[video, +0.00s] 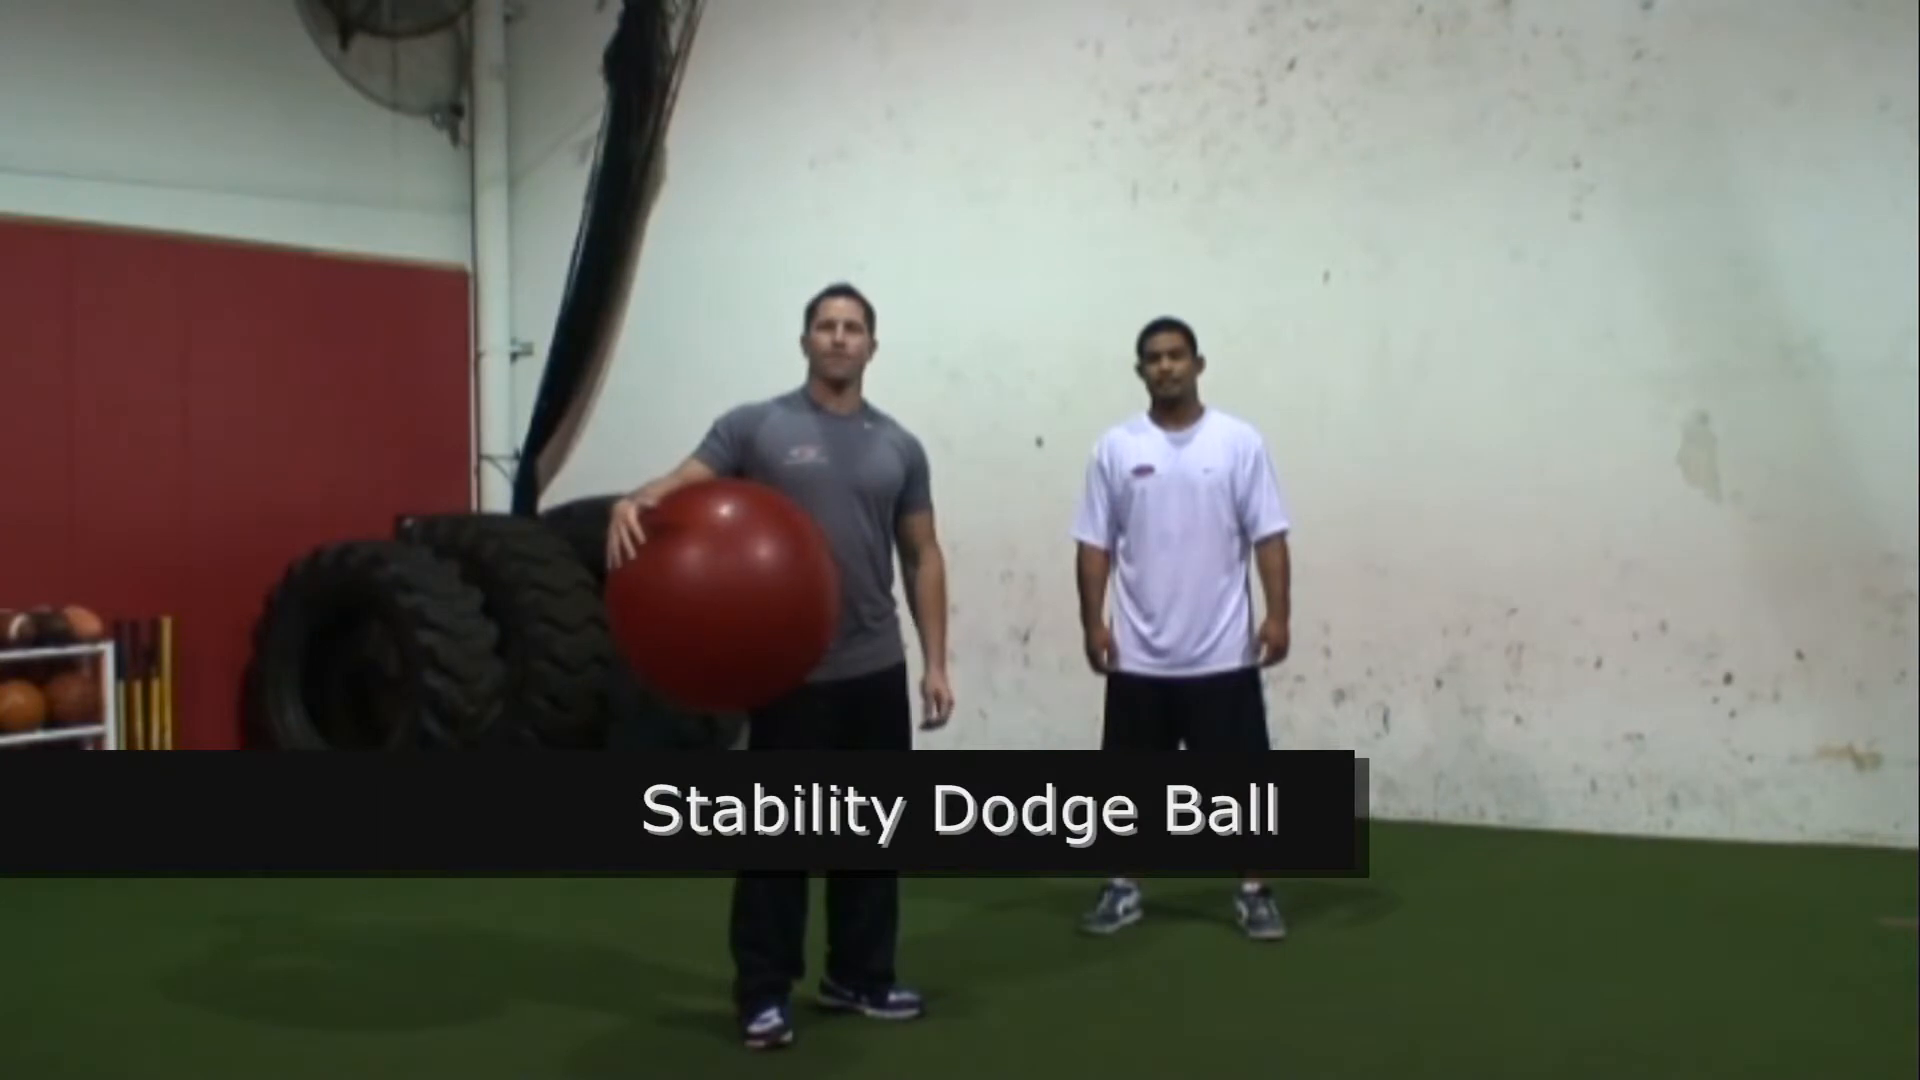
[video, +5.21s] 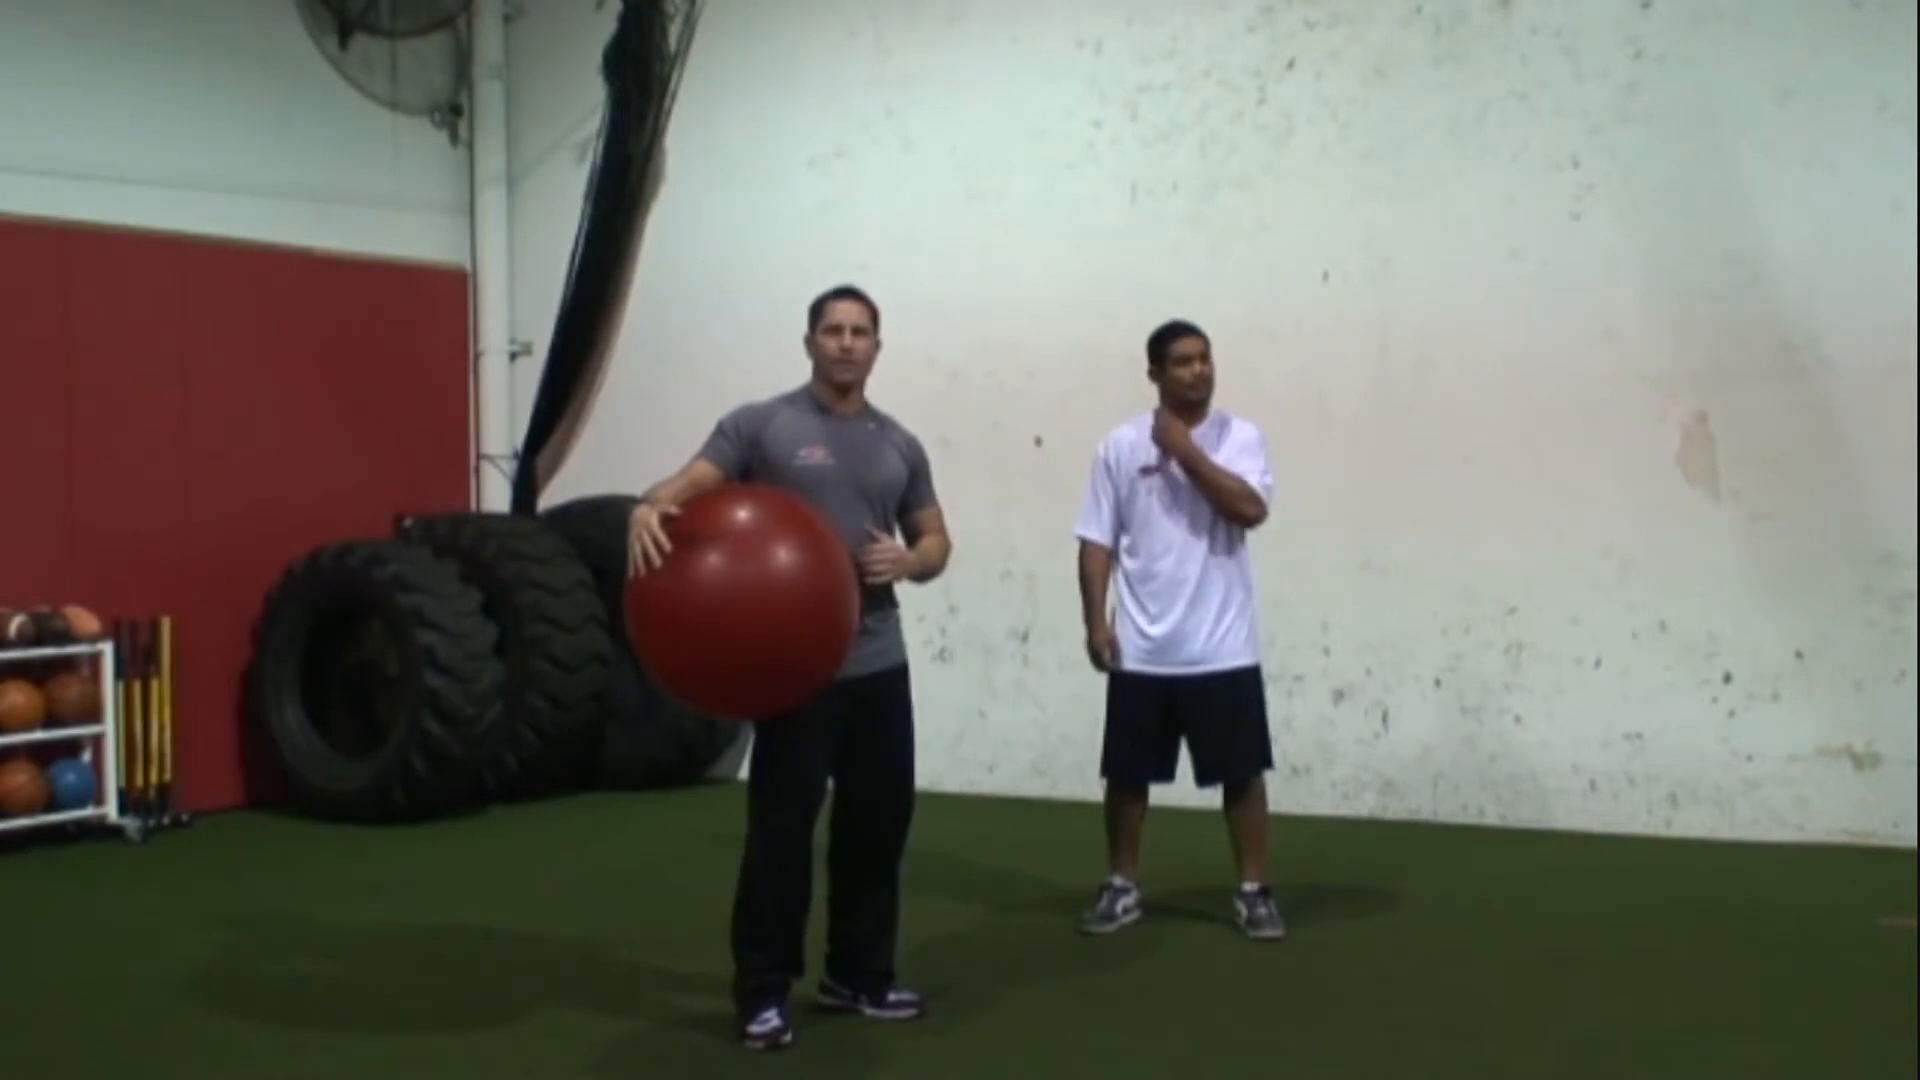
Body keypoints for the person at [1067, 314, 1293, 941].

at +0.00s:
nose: (1166, 366)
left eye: (1176, 356)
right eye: (1154, 358)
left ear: (1198, 364)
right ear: (1140, 371)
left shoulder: (1240, 442)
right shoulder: (1117, 447)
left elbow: (1269, 534)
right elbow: (1094, 541)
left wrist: (1278, 613)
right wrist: (1093, 622)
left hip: (1222, 648)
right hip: (1140, 649)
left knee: (1242, 777)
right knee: (1124, 778)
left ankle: (1253, 887)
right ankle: (1123, 884)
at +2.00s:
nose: (1163, 366)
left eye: (1174, 356)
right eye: (1152, 359)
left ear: (1198, 364)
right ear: (1139, 371)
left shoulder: (1240, 442)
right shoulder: (1115, 448)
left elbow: (1269, 533)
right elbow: (1092, 539)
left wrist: (1276, 613)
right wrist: (1090, 620)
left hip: (1221, 645)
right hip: (1138, 646)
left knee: (1242, 777)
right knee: (1123, 778)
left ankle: (1254, 889)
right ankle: (1122, 884)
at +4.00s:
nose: (1163, 367)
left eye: (1174, 357)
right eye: (1152, 359)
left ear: (1198, 365)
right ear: (1139, 372)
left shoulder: (1239, 442)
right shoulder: (1116, 448)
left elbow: (1269, 533)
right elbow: (1092, 540)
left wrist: (1277, 613)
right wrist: (1090, 621)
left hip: (1220, 644)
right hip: (1138, 645)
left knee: (1242, 776)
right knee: (1123, 777)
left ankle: (1254, 889)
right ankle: (1122, 884)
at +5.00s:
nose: (1178, 367)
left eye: (1187, 357)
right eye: (1164, 359)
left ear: (1204, 366)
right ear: (1145, 372)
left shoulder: (1245, 442)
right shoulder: (1119, 449)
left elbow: (1277, 524)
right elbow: (1095, 539)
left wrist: (1230, 548)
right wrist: (1094, 620)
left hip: (1222, 646)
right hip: (1141, 647)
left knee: (1242, 776)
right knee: (1125, 777)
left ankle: (1254, 888)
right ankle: (1122, 884)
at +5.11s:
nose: (1189, 369)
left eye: (1197, 359)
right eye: (1175, 361)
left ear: (1210, 367)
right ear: (1151, 373)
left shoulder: (1242, 440)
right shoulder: (1121, 448)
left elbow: (1268, 522)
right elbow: (1095, 539)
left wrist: (1197, 486)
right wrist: (1094, 620)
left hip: (1222, 644)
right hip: (1141, 645)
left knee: (1243, 777)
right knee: (1125, 777)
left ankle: (1254, 888)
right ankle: (1122, 883)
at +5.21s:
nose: (1196, 371)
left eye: (1202, 360)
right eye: (1182, 363)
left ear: (1214, 366)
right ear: (1156, 373)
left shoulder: (1238, 438)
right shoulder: (1122, 447)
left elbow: (1251, 508)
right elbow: (1096, 538)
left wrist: (1184, 449)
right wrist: (1097, 619)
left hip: (1222, 645)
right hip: (1141, 645)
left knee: (1243, 778)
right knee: (1126, 777)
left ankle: (1254, 888)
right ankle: (1122, 883)